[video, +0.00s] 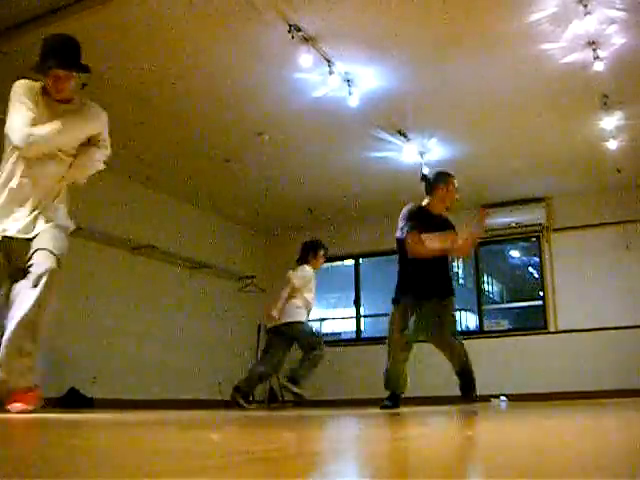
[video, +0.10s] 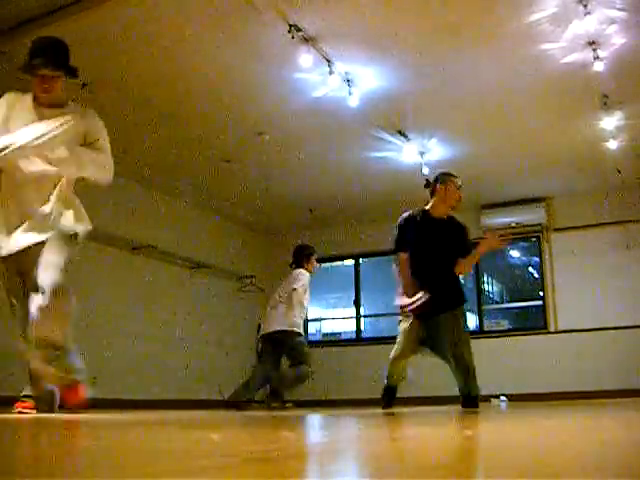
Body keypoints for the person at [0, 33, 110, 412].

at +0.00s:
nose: (58, 84)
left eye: (65, 77)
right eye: (52, 76)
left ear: (79, 76)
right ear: (43, 74)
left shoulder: (94, 115)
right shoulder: (24, 91)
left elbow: (94, 161)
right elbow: (23, 139)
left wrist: (55, 165)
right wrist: (80, 130)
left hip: (49, 210)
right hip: (8, 208)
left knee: (44, 268)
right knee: (10, 292)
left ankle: (14, 377)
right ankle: (17, 384)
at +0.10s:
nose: (46, 83)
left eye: (54, 76)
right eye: (40, 75)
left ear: (66, 79)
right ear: (29, 76)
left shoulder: (84, 119)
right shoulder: (10, 106)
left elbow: (105, 170)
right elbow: (2, 149)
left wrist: (64, 154)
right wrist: (28, 144)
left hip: (56, 221)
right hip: (11, 223)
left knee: (48, 292)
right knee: (21, 308)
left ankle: (69, 378)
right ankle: (38, 391)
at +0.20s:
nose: (34, 88)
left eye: (42, 79)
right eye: (28, 80)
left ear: (58, 78)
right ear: (21, 81)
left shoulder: (82, 118)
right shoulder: (11, 121)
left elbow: (90, 178)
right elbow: (5, 176)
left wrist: (54, 163)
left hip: (64, 232)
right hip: (19, 233)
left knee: (60, 311)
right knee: (25, 321)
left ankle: (85, 394)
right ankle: (42, 396)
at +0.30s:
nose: (19, 76)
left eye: (27, 68)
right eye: (17, 68)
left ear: (45, 69)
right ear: (16, 70)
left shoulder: (71, 105)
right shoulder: (17, 111)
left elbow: (77, 162)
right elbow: (18, 168)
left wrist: (25, 123)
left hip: (68, 218)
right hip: (25, 215)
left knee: (74, 302)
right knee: (5, 287)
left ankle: (89, 389)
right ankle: (31, 357)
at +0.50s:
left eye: (4, 75)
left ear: (17, 80)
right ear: (1, 79)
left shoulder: (35, 110)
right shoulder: (5, 129)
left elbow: (83, 123)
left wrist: (28, 104)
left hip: (57, 236)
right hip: (12, 240)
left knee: (74, 322)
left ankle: (92, 391)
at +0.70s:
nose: (4, 81)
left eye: (13, 73)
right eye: (5, 72)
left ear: (35, 79)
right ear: (7, 76)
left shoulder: (54, 111)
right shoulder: (4, 120)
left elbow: (98, 130)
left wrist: (72, 174)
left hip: (36, 237)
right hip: (3, 241)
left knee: (52, 320)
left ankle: (80, 389)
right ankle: (75, 387)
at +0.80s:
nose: (68, 69)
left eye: (68, 60)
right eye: (65, 59)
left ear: (31, 56)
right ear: (50, 57)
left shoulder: (18, 86)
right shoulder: (36, 85)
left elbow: (17, 149)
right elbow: (18, 145)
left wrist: (61, 142)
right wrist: (67, 144)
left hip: (17, 209)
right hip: (22, 210)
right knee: (56, 279)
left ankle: (49, 363)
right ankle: (49, 363)